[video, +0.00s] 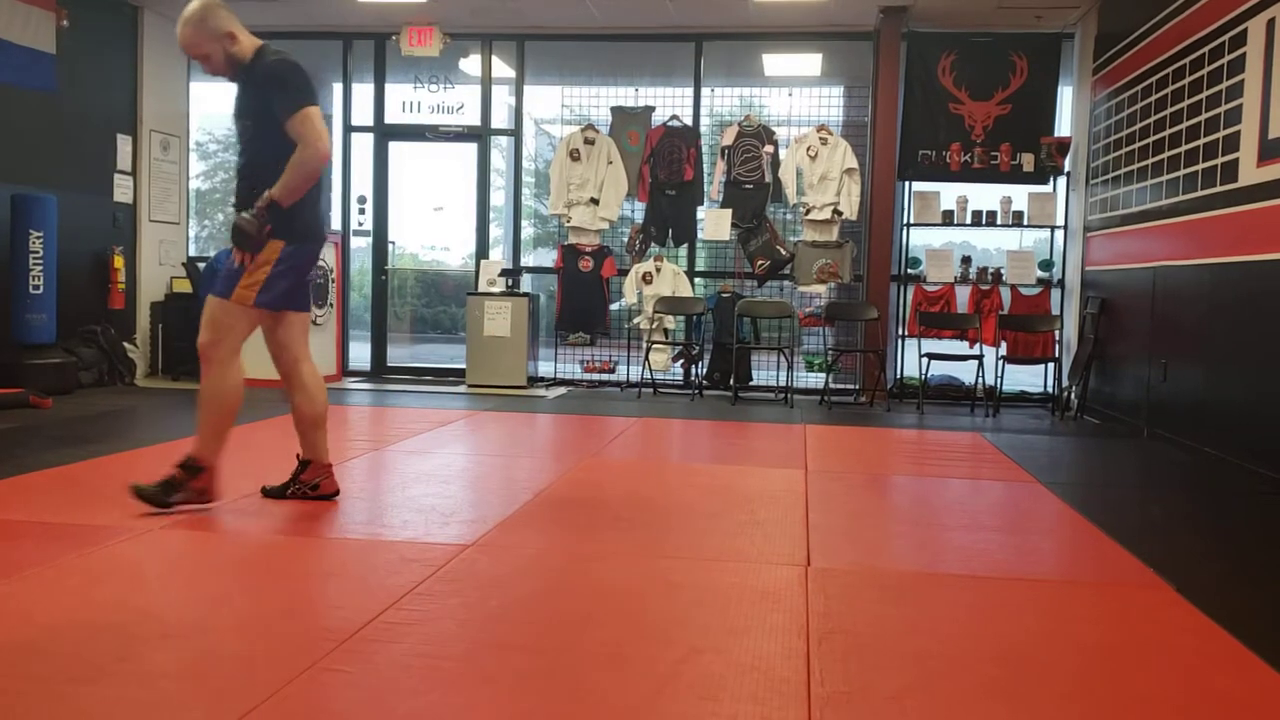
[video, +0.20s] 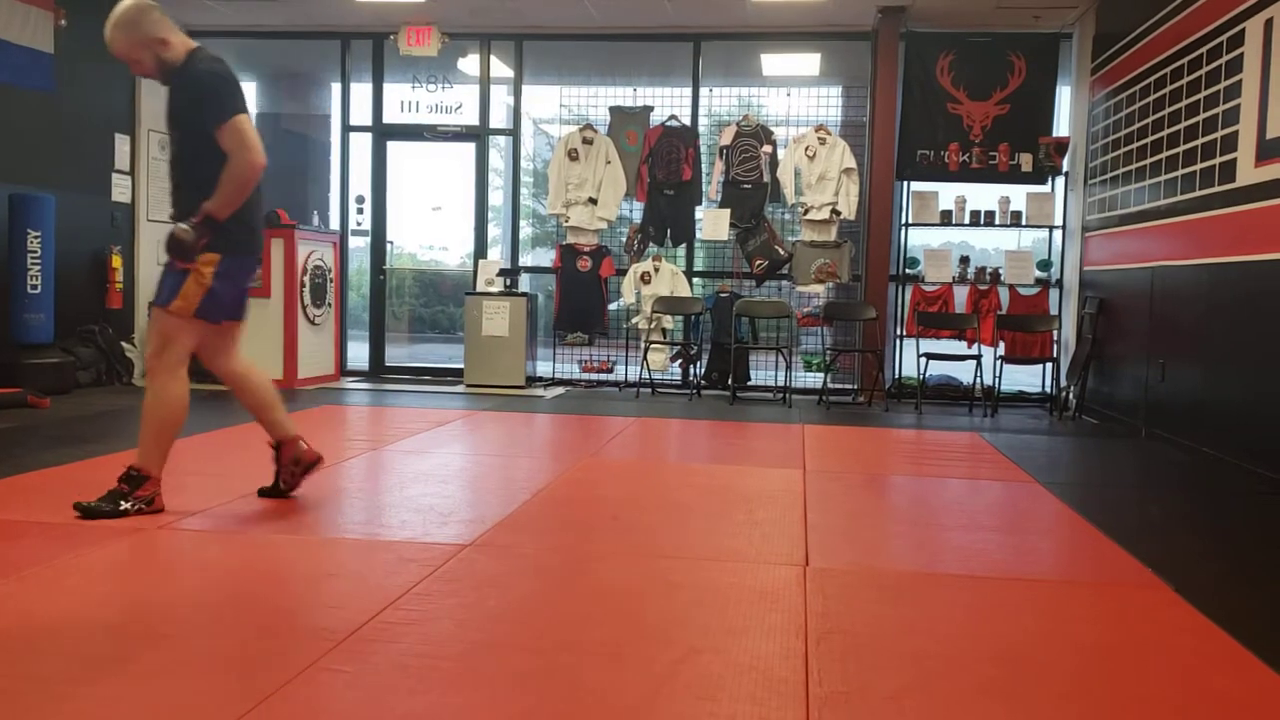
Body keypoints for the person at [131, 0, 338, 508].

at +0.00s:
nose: (204, 69)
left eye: (202, 58)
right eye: (198, 62)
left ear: (228, 38)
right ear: (225, 42)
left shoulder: (276, 71)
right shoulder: (259, 78)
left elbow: (315, 150)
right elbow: (279, 156)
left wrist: (264, 210)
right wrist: (251, 212)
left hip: (276, 235)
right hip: (287, 234)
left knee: (216, 344)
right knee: (293, 356)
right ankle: (317, 472)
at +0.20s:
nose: (134, 73)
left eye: (132, 61)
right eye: (128, 64)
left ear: (157, 41)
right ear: (155, 42)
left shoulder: (205, 74)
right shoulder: (191, 76)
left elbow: (249, 159)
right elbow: (219, 159)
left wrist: (203, 221)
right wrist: (191, 220)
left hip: (216, 240)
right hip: (221, 237)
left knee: (165, 356)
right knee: (220, 353)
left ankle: (143, 483)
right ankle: (293, 449)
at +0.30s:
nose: (102, 68)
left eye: (100, 56)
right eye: (96, 60)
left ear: (125, 38)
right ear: (126, 36)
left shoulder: (172, 67)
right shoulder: (158, 69)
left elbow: (217, 155)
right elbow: (189, 156)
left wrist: (172, 217)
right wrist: (160, 214)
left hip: (192, 236)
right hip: (190, 232)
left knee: (145, 353)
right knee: (168, 343)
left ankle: (141, 483)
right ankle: (244, 427)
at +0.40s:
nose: (77, 59)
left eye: (73, 47)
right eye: (69, 50)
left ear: (100, 29)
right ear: (104, 25)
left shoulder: (154, 63)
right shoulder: (130, 64)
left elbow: (206, 149)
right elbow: (147, 148)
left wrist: (158, 218)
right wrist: (129, 208)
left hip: (171, 232)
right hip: (143, 226)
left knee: (140, 348)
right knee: (110, 329)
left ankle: (142, 482)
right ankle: (176, 435)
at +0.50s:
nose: (60, 56)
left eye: (61, 45)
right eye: (55, 47)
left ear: (91, 30)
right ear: (90, 27)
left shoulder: (145, 67)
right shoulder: (107, 69)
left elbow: (199, 156)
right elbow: (123, 151)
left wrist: (148, 223)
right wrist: (98, 204)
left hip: (149, 237)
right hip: (110, 228)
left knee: (112, 352)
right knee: (77, 342)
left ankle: (140, 484)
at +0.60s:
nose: (57, 55)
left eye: (65, 46)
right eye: (51, 44)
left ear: (100, 33)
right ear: (47, 27)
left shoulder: (142, 74)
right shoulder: (73, 66)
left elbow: (191, 158)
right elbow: (77, 138)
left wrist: (141, 222)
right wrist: (53, 198)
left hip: (124, 234)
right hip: (70, 224)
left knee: (102, 359)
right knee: (39, 349)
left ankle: (136, 483)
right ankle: (41, 472)